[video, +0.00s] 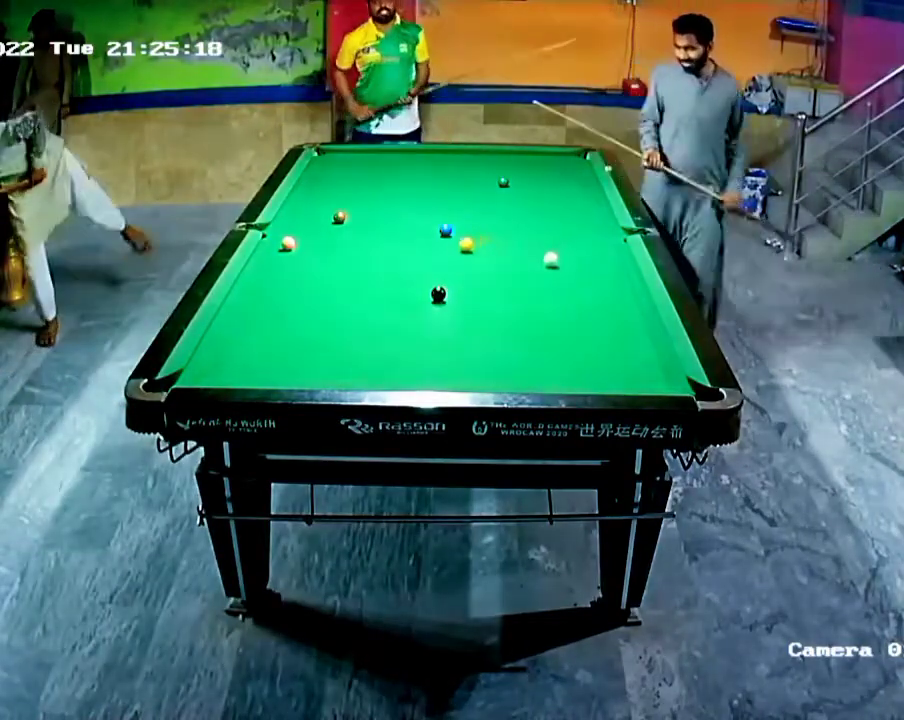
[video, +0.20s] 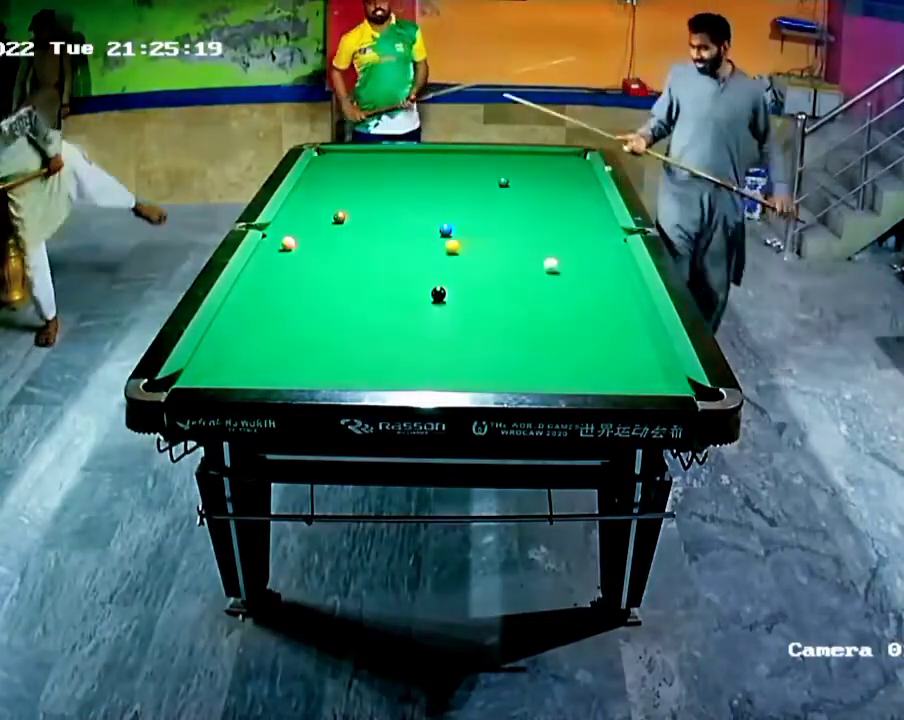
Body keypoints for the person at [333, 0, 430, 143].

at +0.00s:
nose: (383, 6)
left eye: (388, 1)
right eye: (377, 2)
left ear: (395, 4)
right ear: (369, 5)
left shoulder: (415, 33)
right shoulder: (355, 38)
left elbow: (423, 66)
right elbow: (339, 72)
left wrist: (416, 88)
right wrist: (354, 106)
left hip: (407, 128)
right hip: (369, 130)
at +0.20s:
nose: (377, 7)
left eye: (382, 2)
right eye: (372, 3)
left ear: (390, 4)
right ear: (365, 6)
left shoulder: (411, 32)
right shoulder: (352, 39)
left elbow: (422, 65)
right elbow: (336, 71)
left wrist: (414, 92)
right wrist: (347, 106)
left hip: (406, 127)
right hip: (368, 130)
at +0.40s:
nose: (362, 11)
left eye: (367, 5)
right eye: (356, 7)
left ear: (375, 5)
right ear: (350, 11)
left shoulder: (401, 30)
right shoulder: (341, 44)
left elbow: (415, 60)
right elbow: (327, 74)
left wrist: (408, 92)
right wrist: (337, 113)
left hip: (404, 126)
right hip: (367, 130)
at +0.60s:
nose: (350, 17)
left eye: (353, 9)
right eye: (342, 14)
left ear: (361, 6)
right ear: (336, 16)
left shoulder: (391, 30)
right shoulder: (333, 49)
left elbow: (407, 56)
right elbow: (321, 81)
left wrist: (404, 89)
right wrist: (333, 120)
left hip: (402, 122)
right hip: (366, 130)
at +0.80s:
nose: (345, 18)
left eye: (347, 9)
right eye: (336, 15)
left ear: (353, 7)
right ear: (329, 21)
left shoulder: (383, 29)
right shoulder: (327, 54)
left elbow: (401, 54)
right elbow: (317, 88)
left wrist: (401, 86)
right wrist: (331, 128)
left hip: (402, 119)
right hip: (367, 130)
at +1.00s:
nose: (349, 15)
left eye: (350, 7)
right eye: (340, 14)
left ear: (354, 6)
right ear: (331, 20)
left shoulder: (383, 29)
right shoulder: (328, 56)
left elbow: (399, 56)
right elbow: (328, 98)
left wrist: (407, 86)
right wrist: (349, 134)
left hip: (402, 119)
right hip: (366, 131)